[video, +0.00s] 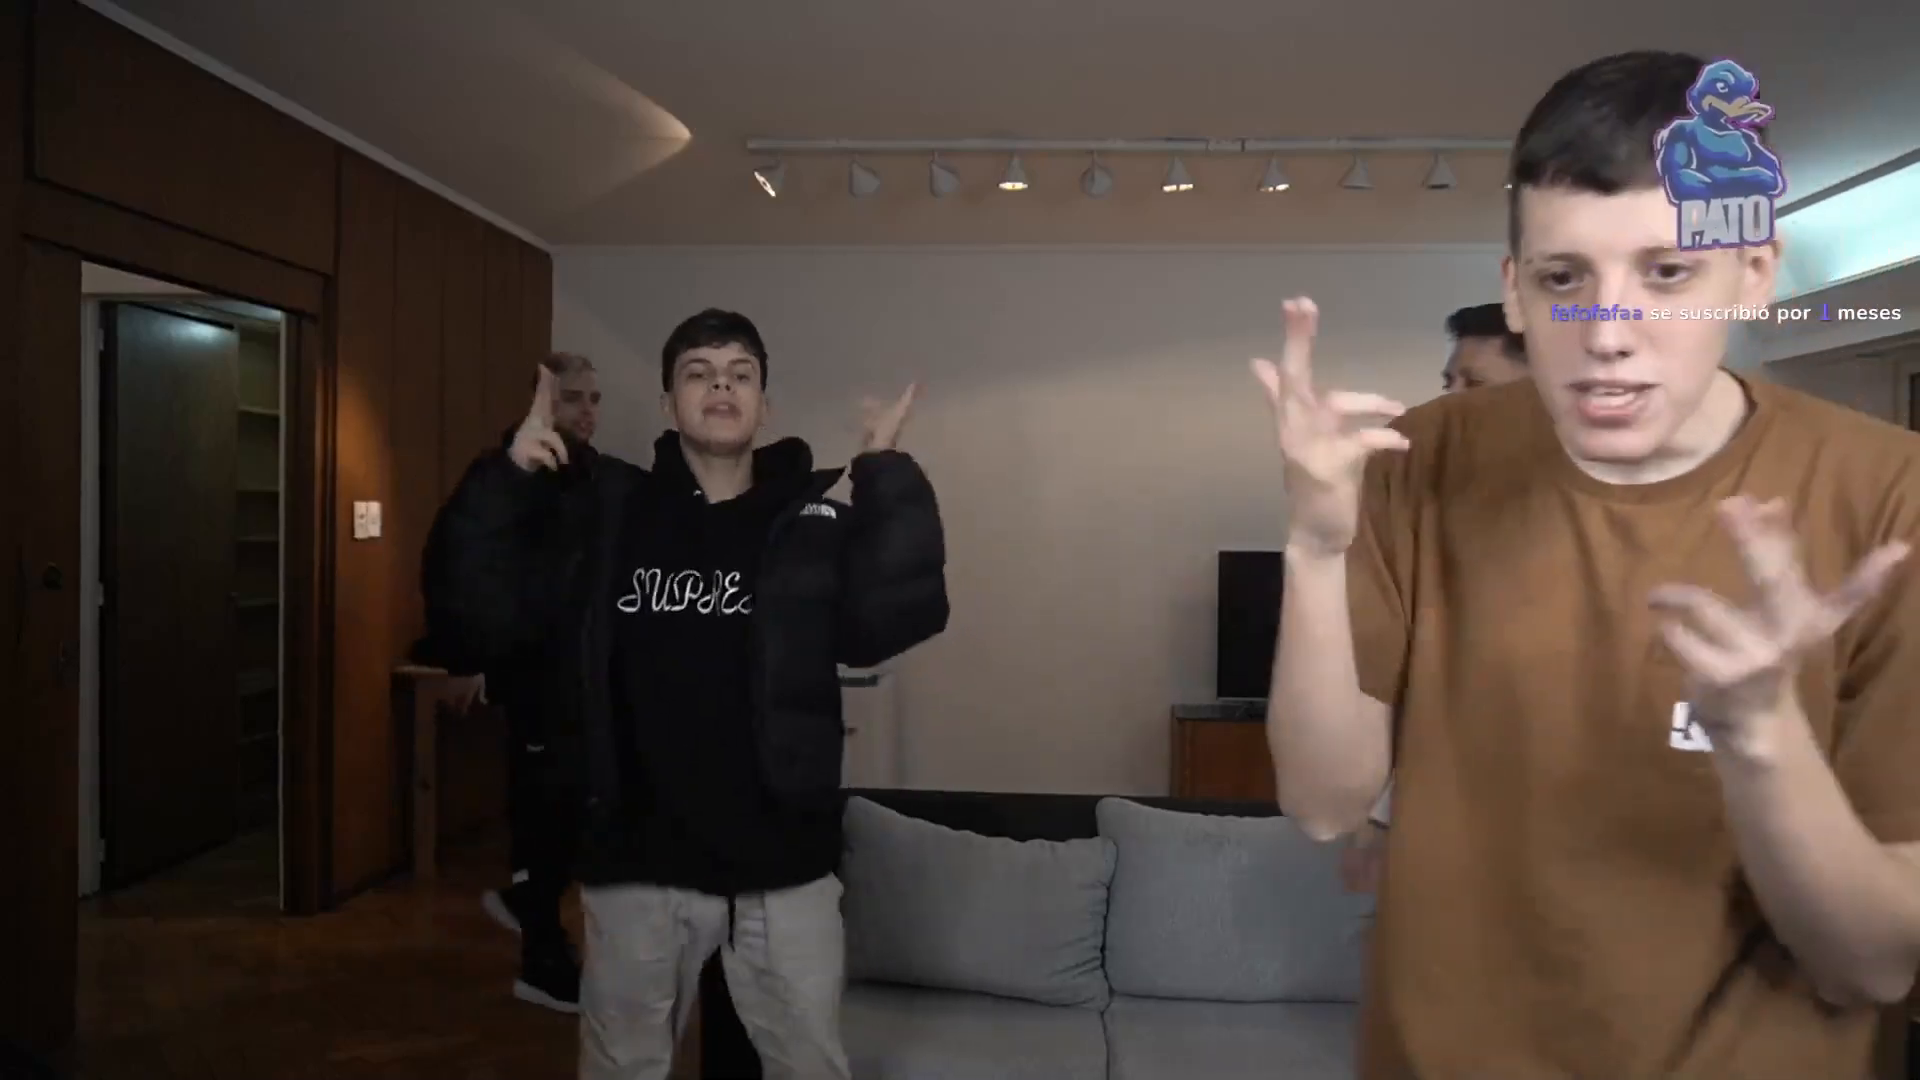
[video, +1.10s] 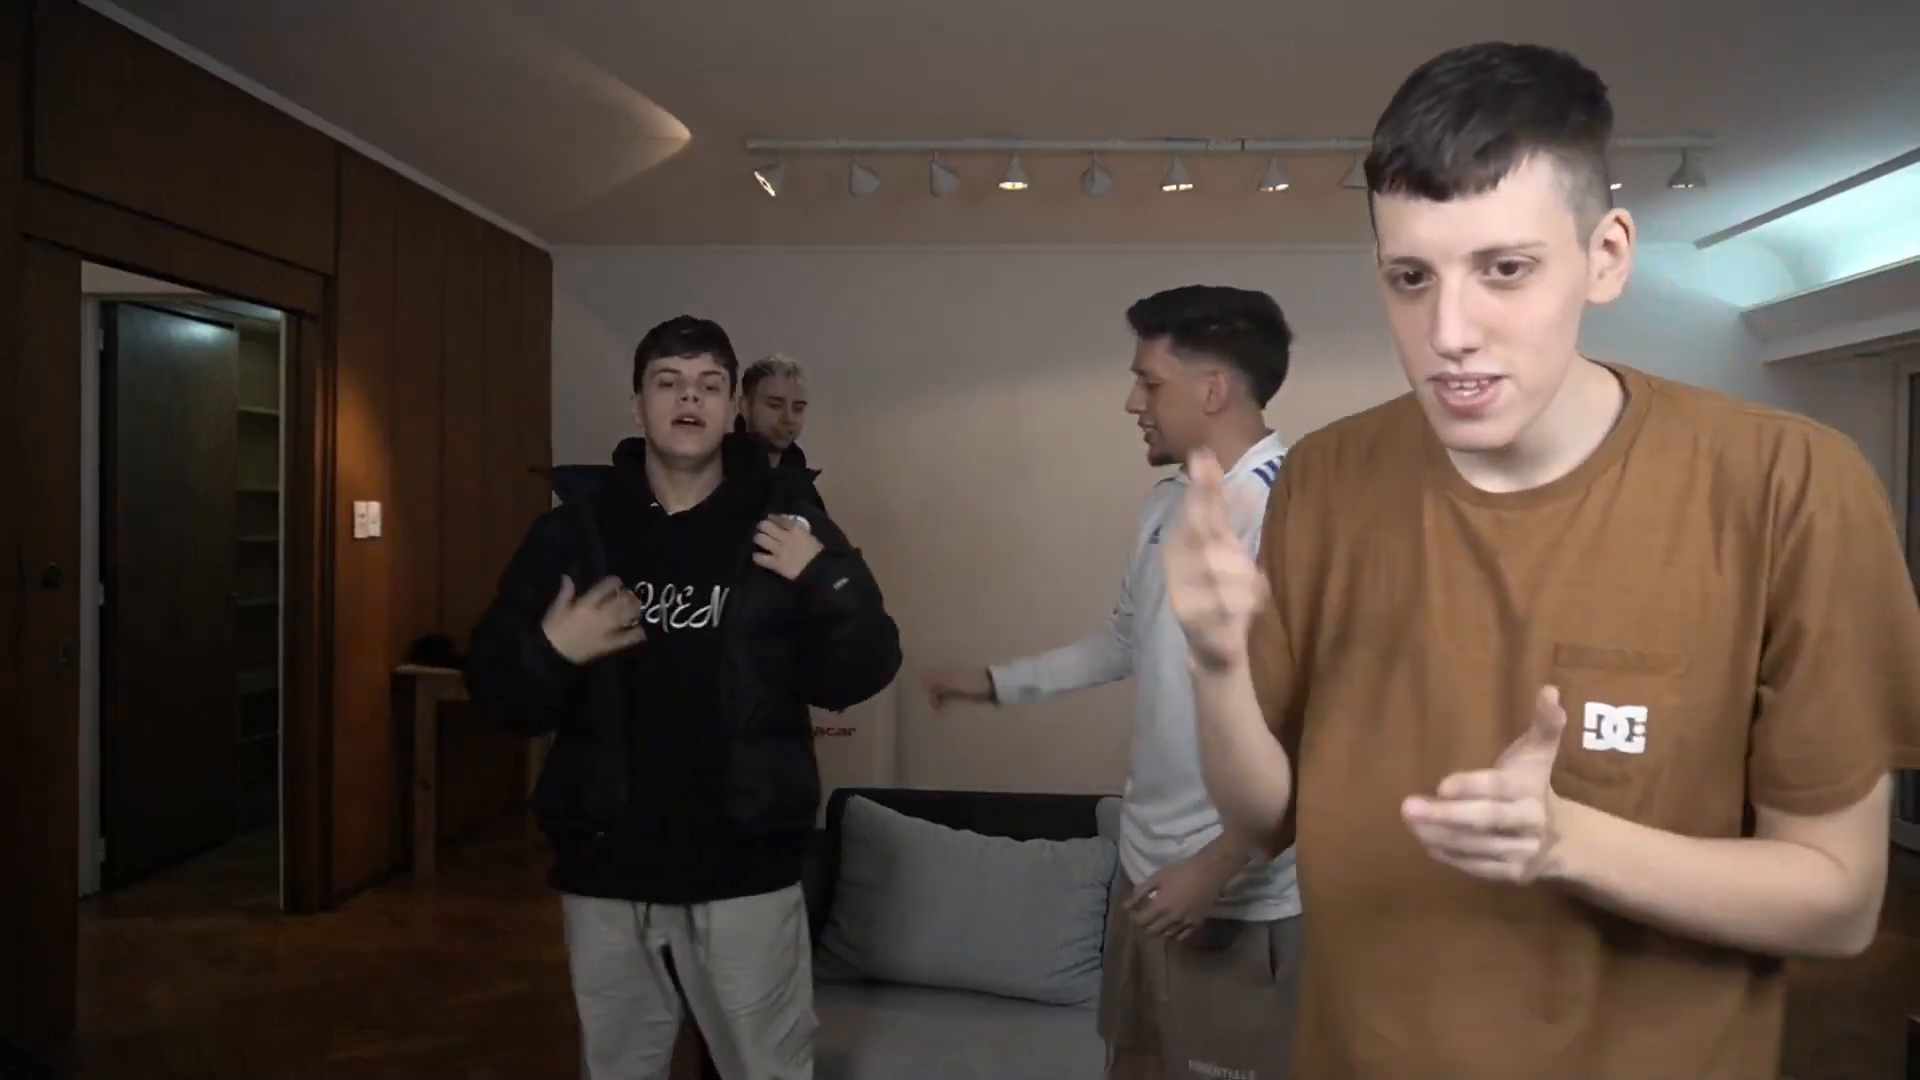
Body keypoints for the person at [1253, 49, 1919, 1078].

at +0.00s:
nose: (1609, 330)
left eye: (1665, 273)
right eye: (1562, 276)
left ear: (1754, 276)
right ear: (1512, 285)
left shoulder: (1885, 499)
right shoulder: (1421, 466)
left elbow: (1880, 966)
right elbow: (1326, 805)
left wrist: (1759, 727)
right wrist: (1314, 552)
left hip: (1751, 1062)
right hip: (1446, 1051)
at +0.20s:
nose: (1526, 371)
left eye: (1581, 309)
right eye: (1483, 315)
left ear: (1675, 300)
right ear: (1445, 317)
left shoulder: (1860, 525)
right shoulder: (1400, 494)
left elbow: (1856, 977)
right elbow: (1333, 846)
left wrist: (1684, 762)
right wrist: (1331, 631)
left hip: (1674, 1061)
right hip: (1386, 1046)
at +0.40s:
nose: (1473, 385)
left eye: (1526, 320)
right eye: (1429, 328)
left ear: (1620, 311)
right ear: (1396, 331)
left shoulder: (1820, 497)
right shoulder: (1387, 528)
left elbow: (1862, 986)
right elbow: (1386, 871)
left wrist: (1684, 662)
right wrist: (1371, 779)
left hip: (1696, 1061)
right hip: (1411, 1052)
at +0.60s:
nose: (1463, 377)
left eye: (1519, 313)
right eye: (1418, 317)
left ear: (1609, 301)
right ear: (1375, 305)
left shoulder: (1804, 479)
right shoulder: (1351, 544)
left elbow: (1879, 967)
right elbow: (1374, 904)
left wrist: (1683, 618)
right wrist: (1317, 744)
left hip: (1776, 1060)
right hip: (1492, 1058)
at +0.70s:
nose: (1469, 369)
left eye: (1524, 305)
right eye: (1426, 309)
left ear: (1616, 295)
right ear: (1385, 303)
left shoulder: (1801, 479)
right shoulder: (1337, 548)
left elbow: (1886, 949)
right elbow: (1316, 919)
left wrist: (1662, 663)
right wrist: (1243, 692)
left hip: (1807, 1061)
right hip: (1501, 1062)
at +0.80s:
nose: (1470, 361)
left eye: (1527, 298)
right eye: (1426, 302)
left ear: (1614, 291)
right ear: (1383, 298)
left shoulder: (1798, 480)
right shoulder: (1321, 544)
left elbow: (1905, 928)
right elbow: (1253, 901)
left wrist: (1638, 735)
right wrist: (1185, 615)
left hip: (1818, 1058)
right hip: (1505, 1059)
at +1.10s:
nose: (1452, 331)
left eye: (1504, 270)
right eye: (1411, 276)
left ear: (1608, 258)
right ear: (1379, 271)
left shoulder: (1791, 491)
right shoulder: (1320, 487)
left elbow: (1838, 900)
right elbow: (1266, 820)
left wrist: (1562, 838)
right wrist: (1221, 667)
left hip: (1666, 1064)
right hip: (1361, 1059)